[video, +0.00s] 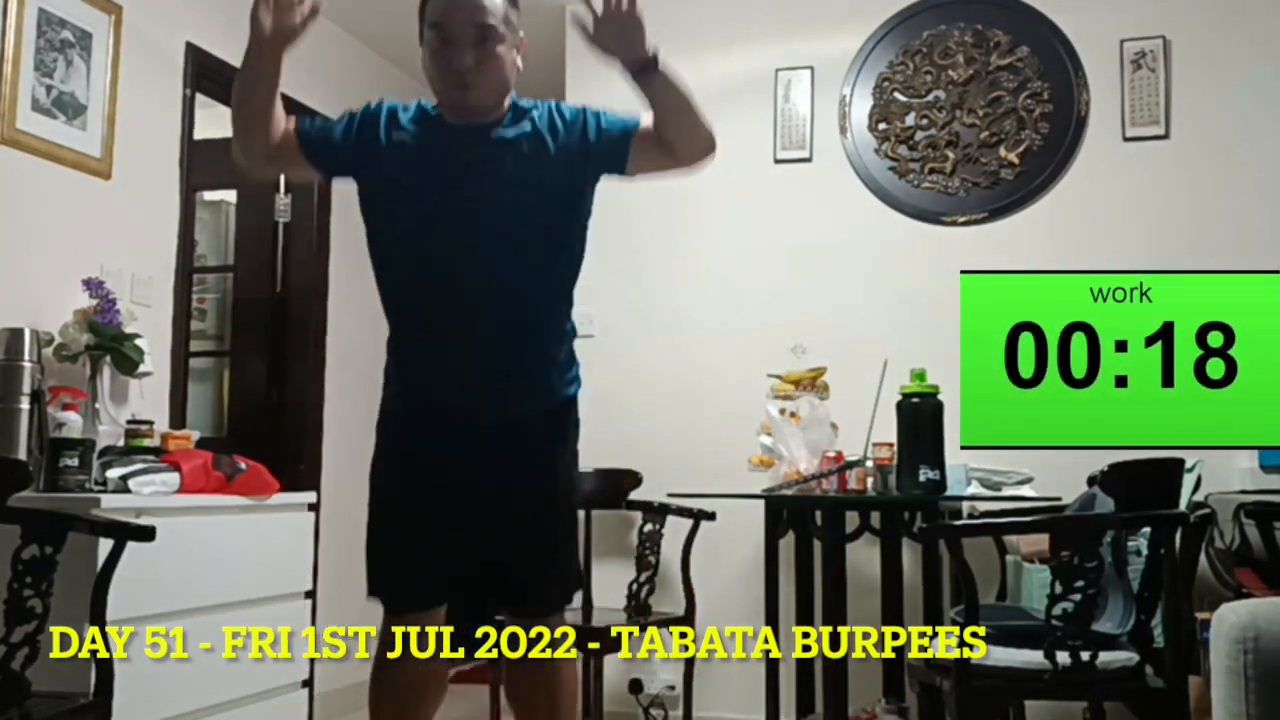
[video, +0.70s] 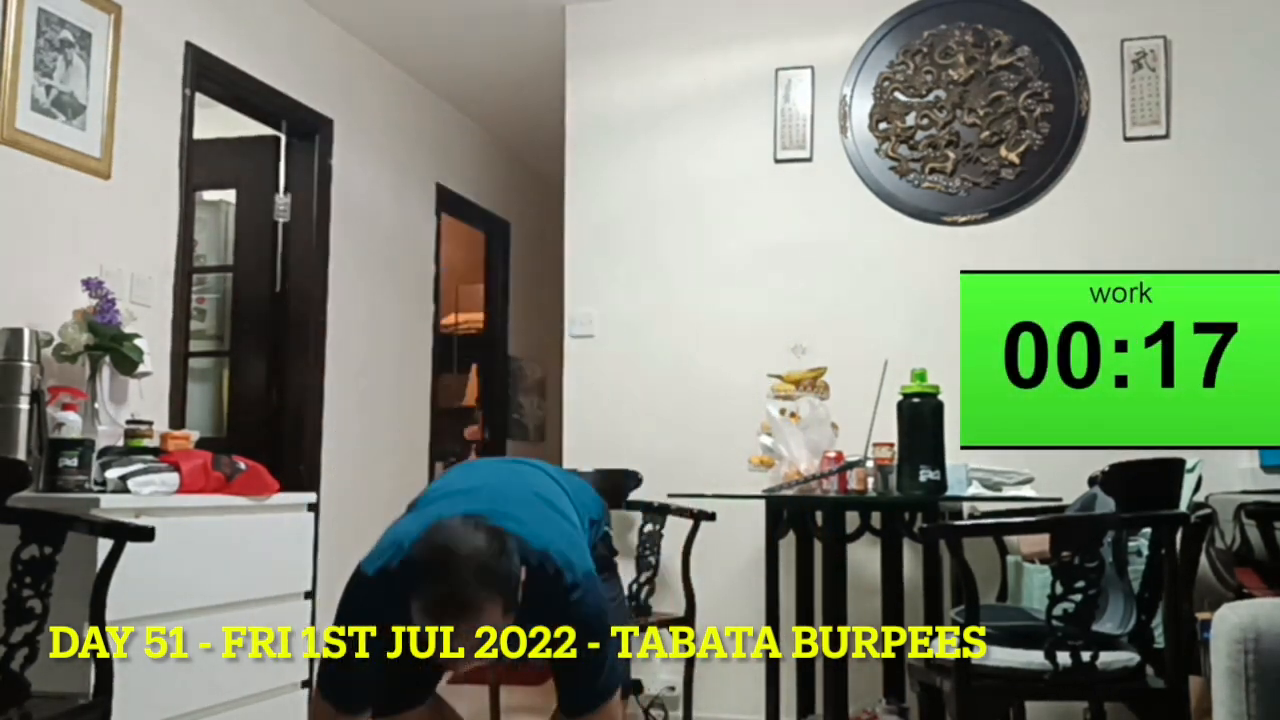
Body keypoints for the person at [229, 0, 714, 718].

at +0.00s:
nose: (462, 57)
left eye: (484, 37)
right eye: (442, 38)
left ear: (519, 50)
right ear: (423, 51)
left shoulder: (564, 135)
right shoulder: (383, 135)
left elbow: (690, 145)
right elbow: (258, 152)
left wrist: (643, 61)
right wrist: (267, 47)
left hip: (534, 418)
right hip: (422, 414)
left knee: (536, 640)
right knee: (415, 633)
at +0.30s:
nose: (490, 101)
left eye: (508, 85)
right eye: (472, 86)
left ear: (538, 98)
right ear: (447, 98)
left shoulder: (579, 173)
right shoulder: (407, 172)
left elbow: (692, 148)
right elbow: (278, 175)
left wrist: (631, 59)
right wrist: (312, 86)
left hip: (547, 446)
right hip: (435, 445)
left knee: (559, 664)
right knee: (432, 666)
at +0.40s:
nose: (484, 204)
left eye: (503, 183)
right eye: (465, 184)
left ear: (536, 185)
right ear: (444, 190)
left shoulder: (580, 277)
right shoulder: (401, 281)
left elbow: (704, 340)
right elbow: (297, 360)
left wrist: (658, 314)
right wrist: (303, 321)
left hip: (557, 535)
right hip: (439, 535)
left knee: (580, 709)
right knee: (409, 708)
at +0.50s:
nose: (472, 343)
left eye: (493, 316)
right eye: (452, 319)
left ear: (527, 295)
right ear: (428, 303)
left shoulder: (575, 376)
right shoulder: (392, 379)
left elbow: (663, 482)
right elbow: (325, 481)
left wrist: (646, 578)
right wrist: (313, 559)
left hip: (561, 563)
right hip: (443, 563)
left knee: (595, 691)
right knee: (399, 701)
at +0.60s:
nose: (463, 506)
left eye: (483, 484)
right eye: (441, 484)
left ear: (519, 449)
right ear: (417, 455)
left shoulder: (575, 490)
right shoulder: (383, 486)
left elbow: (640, 627)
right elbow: (322, 627)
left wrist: (614, 716)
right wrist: (316, 717)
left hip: (554, 601)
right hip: (435, 598)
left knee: (605, 686)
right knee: (394, 703)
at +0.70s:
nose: (458, 661)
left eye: (475, 641)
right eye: (440, 640)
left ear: (514, 598)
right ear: (411, 602)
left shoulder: (575, 590)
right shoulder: (374, 582)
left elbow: (596, 710)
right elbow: (329, 709)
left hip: (572, 500)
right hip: (454, 486)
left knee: (602, 695)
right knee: (396, 694)